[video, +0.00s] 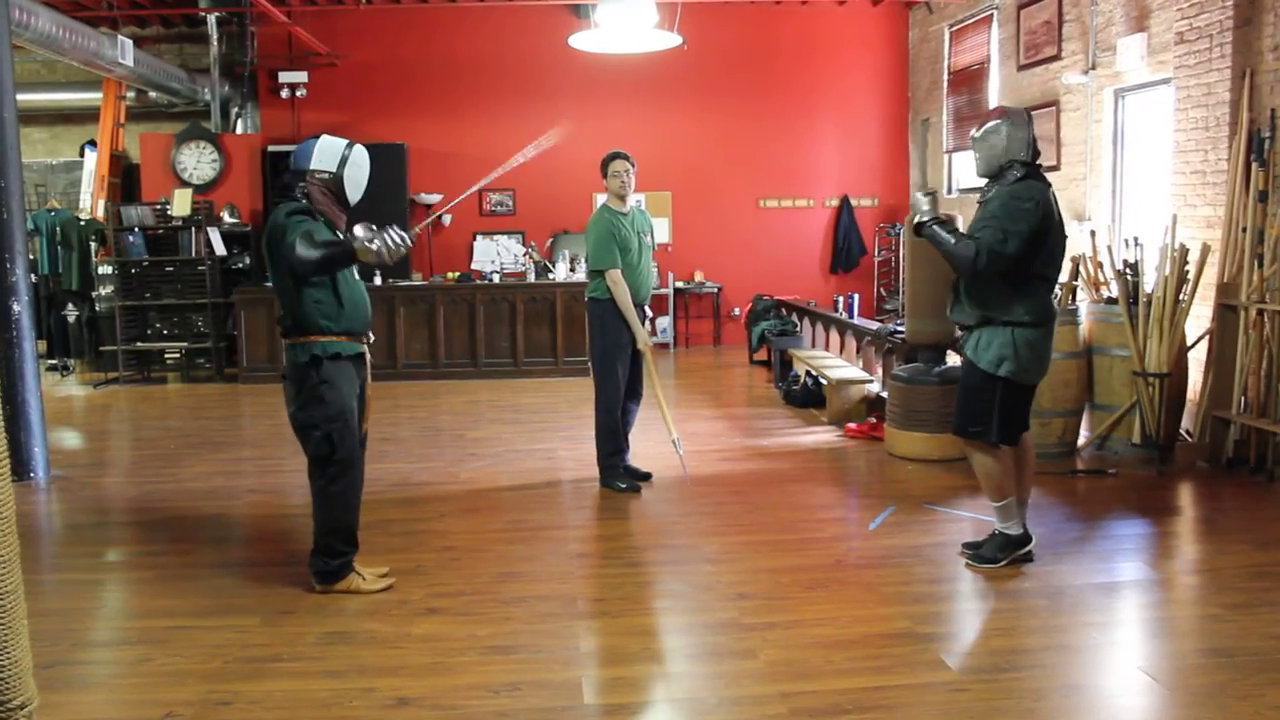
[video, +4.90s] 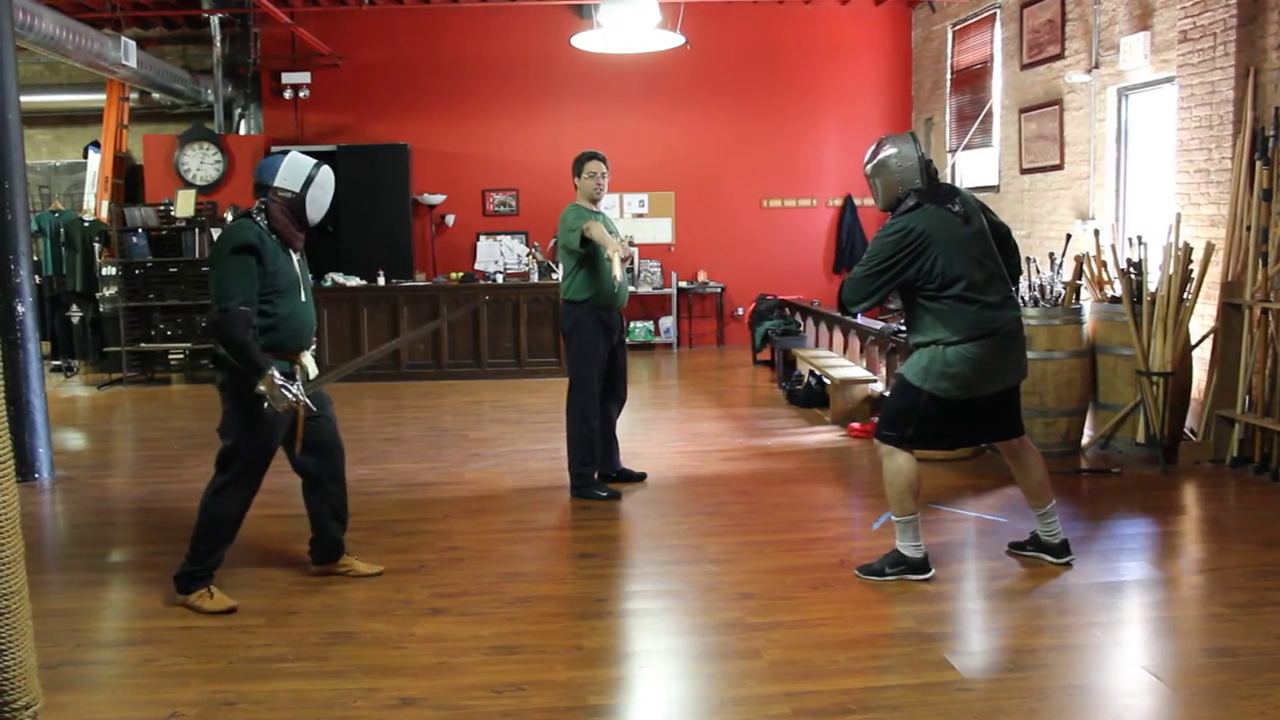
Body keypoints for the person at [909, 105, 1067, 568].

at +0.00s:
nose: (974, 152)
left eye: (981, 142)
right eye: (975, 143)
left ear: (1004, 142)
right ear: (1012, 144)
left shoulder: (1016, 194)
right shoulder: (1028, 191)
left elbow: (981, 259)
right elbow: (992, 254)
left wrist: (930, 225)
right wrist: (947, 228)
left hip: (1001, 337)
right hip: (1020, 334)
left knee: (976, 433)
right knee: (1011, 432)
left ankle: (1009, 534)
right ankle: (1015, 530)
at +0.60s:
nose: (966, 160)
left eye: (973, 150)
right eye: (966, 151)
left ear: (998, 148)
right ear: (1000, 150)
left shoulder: (1016, 199)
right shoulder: (998, 196)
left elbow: (1017, 271)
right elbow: (989, 265)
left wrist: (952, 286)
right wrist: (941, 273)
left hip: (992, 340)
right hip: (990, 337)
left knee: (946, 428)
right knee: (1001, 431)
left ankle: (976, 531)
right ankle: (1015, 534)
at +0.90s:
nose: (957, 158)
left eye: (965, 149)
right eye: (957, 151)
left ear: (993, 149)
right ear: (989, 152)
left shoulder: (1001, 202)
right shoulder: (982, 200)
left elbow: (999, 279)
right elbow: (970, 276)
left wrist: (979, 345)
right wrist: (928, 331)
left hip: (963, 343)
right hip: (960, 339)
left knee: (941, 445)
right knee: (983, 437)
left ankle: (951, 557)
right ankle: (1012, 535)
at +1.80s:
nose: (909, 163)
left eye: (913, 153)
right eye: (909, 153)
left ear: (934, 154)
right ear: (954, 152)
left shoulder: (953, 206)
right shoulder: (979, 197)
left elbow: (952, 287)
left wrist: (930, 357)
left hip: (958, 354)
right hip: (989, 349)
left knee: (927, 447)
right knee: (993, 434)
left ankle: (951, 558)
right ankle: (1013, 534)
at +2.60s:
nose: (940, 170)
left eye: (945, 159)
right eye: (940, 160)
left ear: (968, 157)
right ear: (982, 156)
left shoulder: (978, 209)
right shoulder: (1019, 196)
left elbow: (945, 289)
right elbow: (1042, 265)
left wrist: (909, 295)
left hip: (996, 345)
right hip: (1035, 341)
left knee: (940, 437)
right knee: (1024, 439)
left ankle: (950, 552)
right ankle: (1053, 541)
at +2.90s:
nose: (911, 177)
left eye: (914, 167)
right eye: (911, 168)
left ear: (933, 169)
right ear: (962, 165)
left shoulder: (937, 222)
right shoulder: (1004, 201)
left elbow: (884, 287)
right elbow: (1040, 262)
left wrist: (906, 241)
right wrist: (1007, 295)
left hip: (970, 351)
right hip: (1022, 346)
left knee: (909, 435)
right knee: (1019, 440)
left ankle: (907, 551)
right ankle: (1052, 540)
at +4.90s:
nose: (874, 192)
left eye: (876, 182)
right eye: (873, 183)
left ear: (892, 180)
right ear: (923, 172)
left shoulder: (904, 228)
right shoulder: (967, 204)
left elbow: (850, 298)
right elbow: (1009, 251)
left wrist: (886, 273)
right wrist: (995, 296)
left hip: (952, 352)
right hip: (1005, 344)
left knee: (892, 436)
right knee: (1012, 438)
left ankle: (910, 553)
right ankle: (1052, 538)